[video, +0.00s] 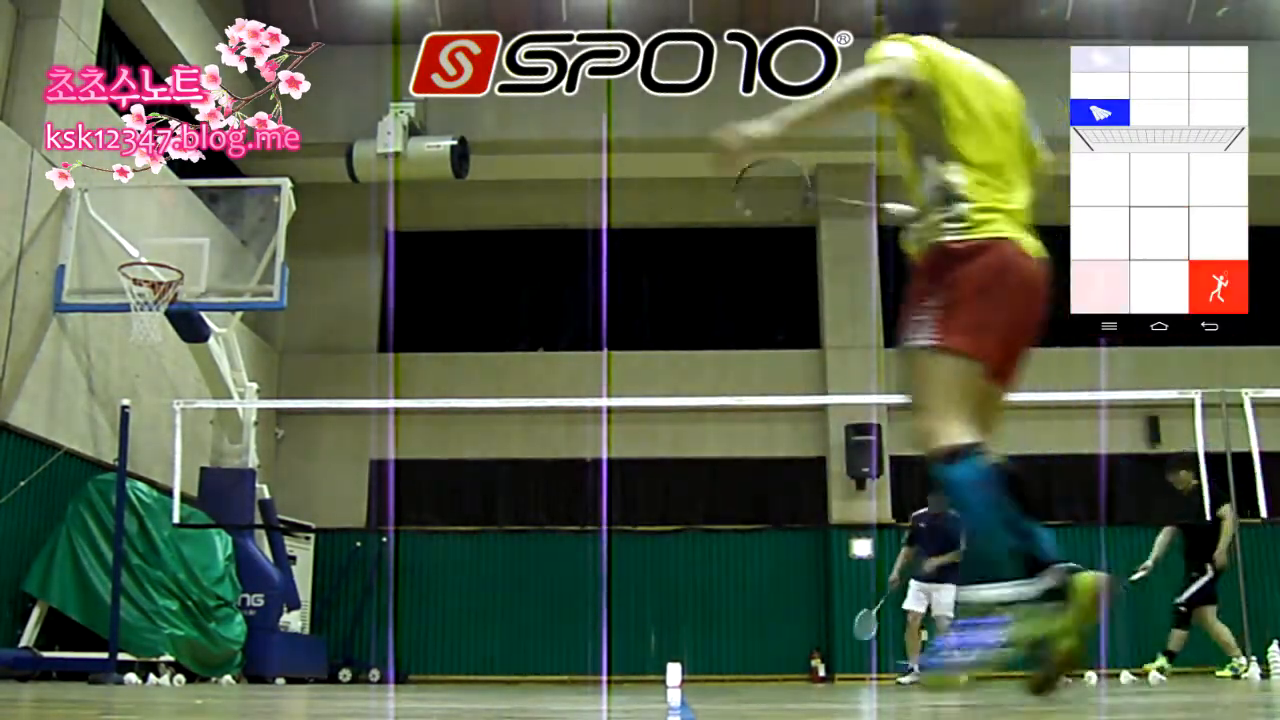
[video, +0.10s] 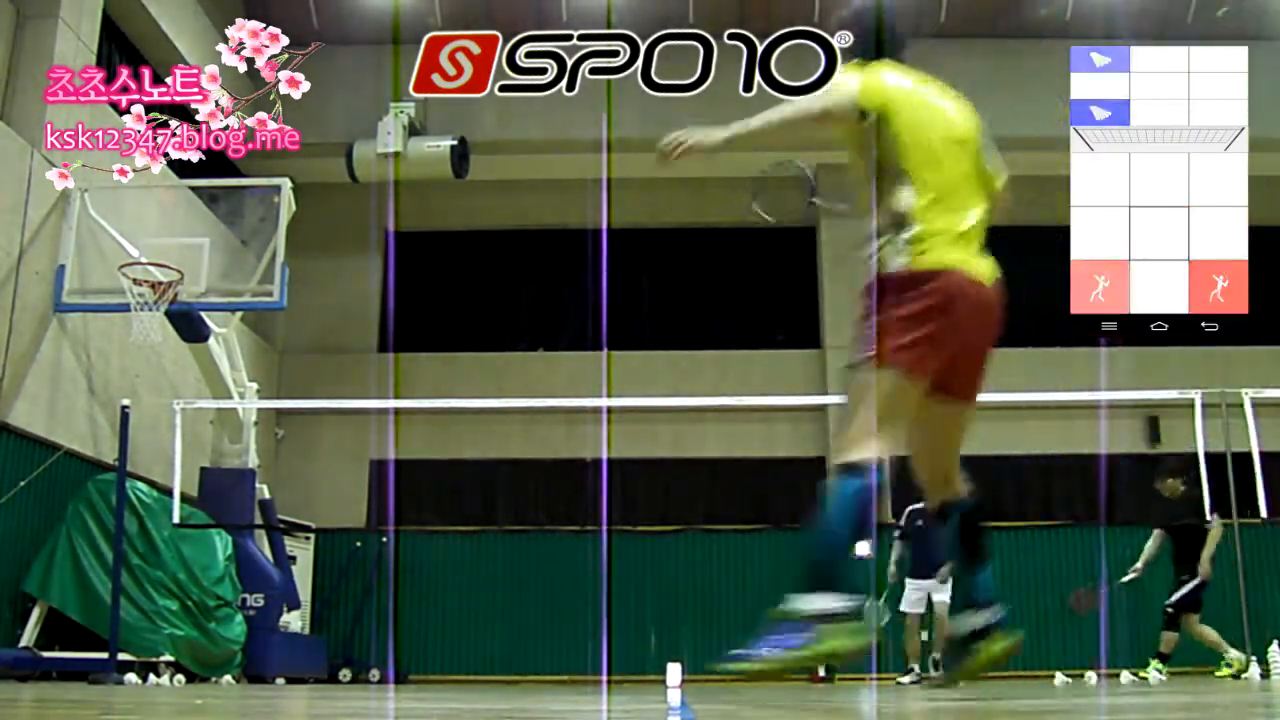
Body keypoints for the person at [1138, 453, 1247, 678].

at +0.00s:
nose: (1175, 485)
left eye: (1176, 480)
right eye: (1173, 482)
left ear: (1187, 473)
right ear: (1179, 478)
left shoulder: (1209, 492)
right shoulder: (1182, 501)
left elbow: (1229, 518)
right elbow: (1168, 531)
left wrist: (1221, 549)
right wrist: (1151, 561)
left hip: (1210, 564)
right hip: (1193, 566)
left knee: (1182, 606)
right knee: (1207, 618)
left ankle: (1166, 660)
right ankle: (1239, 659)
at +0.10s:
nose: (1160, 488)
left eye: (1163, 483)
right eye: (1159, 484)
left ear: (1178, 480)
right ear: (1164, 485)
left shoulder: (1197, 500)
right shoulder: (1169, 507)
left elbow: (1217, 527)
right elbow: (1157, 537)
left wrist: (1205, 558)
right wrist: (1141, 563)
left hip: (1197, 571)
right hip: (1181, 573)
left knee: (1171, 610)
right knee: (1191, 626)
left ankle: (1158, 666)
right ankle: (1234, 657)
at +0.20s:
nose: (1151, 496)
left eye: (1153, 491)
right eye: (1149, 493)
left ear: (1166, 487)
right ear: (1150, 492)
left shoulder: (1185, 504)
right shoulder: (1158, 511)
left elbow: (1202, 534)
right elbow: (1149, 543)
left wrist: (1186, 562)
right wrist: (1136, 569)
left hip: (1197, 567)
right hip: (1176, 568)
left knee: (1172, 611)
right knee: (1168, 617)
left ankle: (1159, 666)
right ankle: (1211, 647)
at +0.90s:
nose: (1161, 471)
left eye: (1165, 465)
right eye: (1158, 467)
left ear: (1178, 466)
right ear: (1157, 470)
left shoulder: (1194, 490)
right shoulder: (1165, 498)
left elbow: (1202, 522)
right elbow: (1160, 533)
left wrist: (1172, 538)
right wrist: (1159, 567)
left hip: (1198, 555)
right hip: (1176, 556)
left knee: (1187, 603)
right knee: (1191, 609)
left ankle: (1188, 657)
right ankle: (1209, 660)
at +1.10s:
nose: (1155, 475)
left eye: (1158, 470)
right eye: (1153, 471)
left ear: (1171, 469)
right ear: (1153, 472)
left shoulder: (1186, 491)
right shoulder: (1160, 496)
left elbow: (1182, 523)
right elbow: (1158, 535)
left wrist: (1151, 531)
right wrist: (1158, 569)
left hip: (1192, 557)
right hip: (1172, 560)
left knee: (1182, 605)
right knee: (1191, 611)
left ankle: (1178, 659)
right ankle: (1208, 660)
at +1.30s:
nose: (1140, 482)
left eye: (1142, 476)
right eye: (1138, 478)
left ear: (1155, 472)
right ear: (1144, 475)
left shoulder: (1172, 493)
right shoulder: (1150, 496)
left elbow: (1158, 523)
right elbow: (1152, 533)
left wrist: (1122, 530)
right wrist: (1151, 564)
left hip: (1181, 557)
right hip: (1163, 559)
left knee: (1170, 607)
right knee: (1183, 615)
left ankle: (1167, 662)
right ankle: (1207, 660)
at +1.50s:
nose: (1126, 475)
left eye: (1129, 470)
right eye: (1124, 471)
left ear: (1141, 468)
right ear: (1134, 471)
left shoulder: (1153, 490)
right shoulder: (1140, 490)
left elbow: (1131, 517)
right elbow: (1150, 531)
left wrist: (1097, 525)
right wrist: (1146, 558)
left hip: (1175, 556)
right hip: (1159, 557)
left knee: (1159, 604)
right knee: (1157, 605)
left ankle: (1166, 662)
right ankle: (1187, 655)